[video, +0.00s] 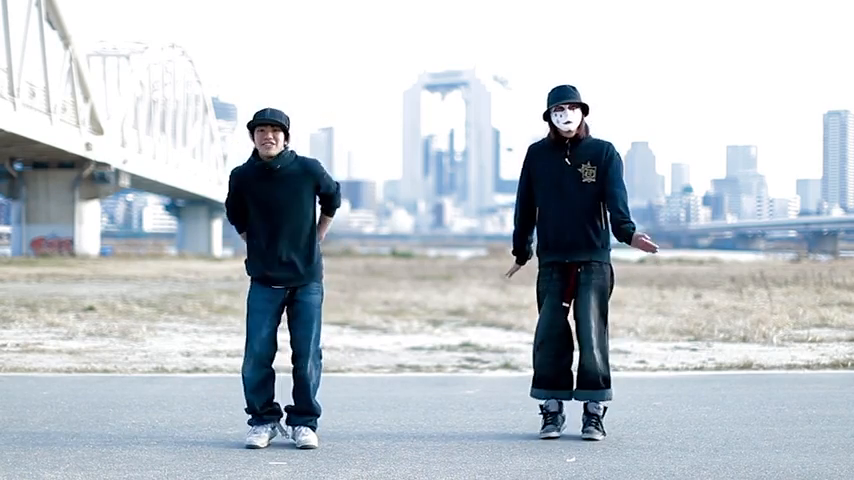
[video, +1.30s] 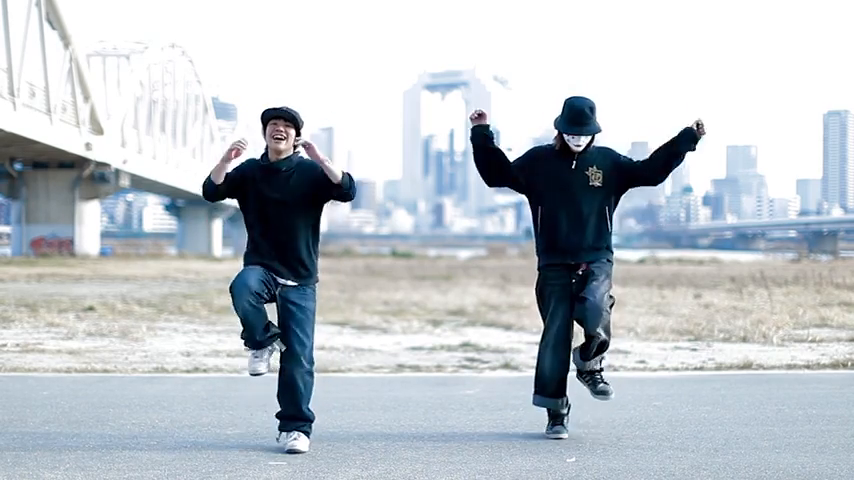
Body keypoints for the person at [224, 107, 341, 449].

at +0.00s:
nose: (268, 136)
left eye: (274, 131)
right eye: (262, 131)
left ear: (285, 136)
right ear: (252, 137)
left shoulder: (309, 170)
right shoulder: (241, 177)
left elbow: (332, 197)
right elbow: (236, 217)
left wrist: (318, 232)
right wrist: (257, 240)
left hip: (306, 276)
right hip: (264, 277)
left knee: (306, 351)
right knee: (257, 351)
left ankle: (304, 422)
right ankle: (262, 422)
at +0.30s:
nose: (287, 134)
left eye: (293, 129)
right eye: (281, 129)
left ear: (303, 134)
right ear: (272, 134)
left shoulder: (320, 171)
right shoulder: (255, 170)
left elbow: (336, 210)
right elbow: (236, 212)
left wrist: (327, 219)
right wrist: (232, 252)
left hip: (305, 280)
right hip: (263, 277)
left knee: (309, 355)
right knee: (253, 333)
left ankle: (302, 424)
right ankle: (266, 388)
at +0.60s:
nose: (271, 141)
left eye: (278, 136)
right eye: (266, 134)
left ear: (290, 141)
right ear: (258, 138)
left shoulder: (307, 178)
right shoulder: (246, 181)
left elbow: (332, 216)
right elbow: (233, 230)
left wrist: (324, 258)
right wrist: (232, 190)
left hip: (298, 285)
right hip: (257, 287)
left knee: (301, 358)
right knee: (256, 360)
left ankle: (302, 424)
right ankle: (260, 425)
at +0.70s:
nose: (271, 134)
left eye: (278, 130)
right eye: (266, 128)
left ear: (289, 136)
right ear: (257, 133)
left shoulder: (306, 170)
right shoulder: (240, 172)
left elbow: (336, 201)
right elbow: (221, 219)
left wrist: (330, 236)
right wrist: (219, 188)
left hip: (298, 275)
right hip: (256, 280)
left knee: (308, 330)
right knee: (255, 355)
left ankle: (298, 385)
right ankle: (261, 423)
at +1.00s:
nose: (283, 128)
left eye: (290, 122)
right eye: (278, 121)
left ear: (300, 128)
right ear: (267, 125)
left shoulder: (312, 168)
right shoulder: (248, 160)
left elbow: (321, 217)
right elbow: (231, 206)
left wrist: (333, 191)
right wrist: (221, 247)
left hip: (297, 268)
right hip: (257, 268)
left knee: (293, 343)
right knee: (256, 345)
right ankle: (261, 420)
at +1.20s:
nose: (280, 133)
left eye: (287, 129)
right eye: (275, 128)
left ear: (298, 136)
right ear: (266, 133)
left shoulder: (315, 171)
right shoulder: (251, 171)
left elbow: (341, 211)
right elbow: (226, 214)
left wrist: (319, 230)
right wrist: (248, 234)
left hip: (301, 283)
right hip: (258, 279)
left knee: (299, 358)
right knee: (241, 334)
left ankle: (297, 428)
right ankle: (259, 390)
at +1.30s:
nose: (280, 131)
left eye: (286, 127)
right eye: (274, 126)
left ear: (295, 138)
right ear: (265, 135)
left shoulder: (312, 172)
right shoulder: (249, 171)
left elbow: (348, 192)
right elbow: (211, 193)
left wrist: (321, 161)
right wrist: (224, 162)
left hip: (300, 274)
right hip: (261, 267)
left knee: (299, 355)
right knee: (242, 289)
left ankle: (295, 428)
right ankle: (261, 342)